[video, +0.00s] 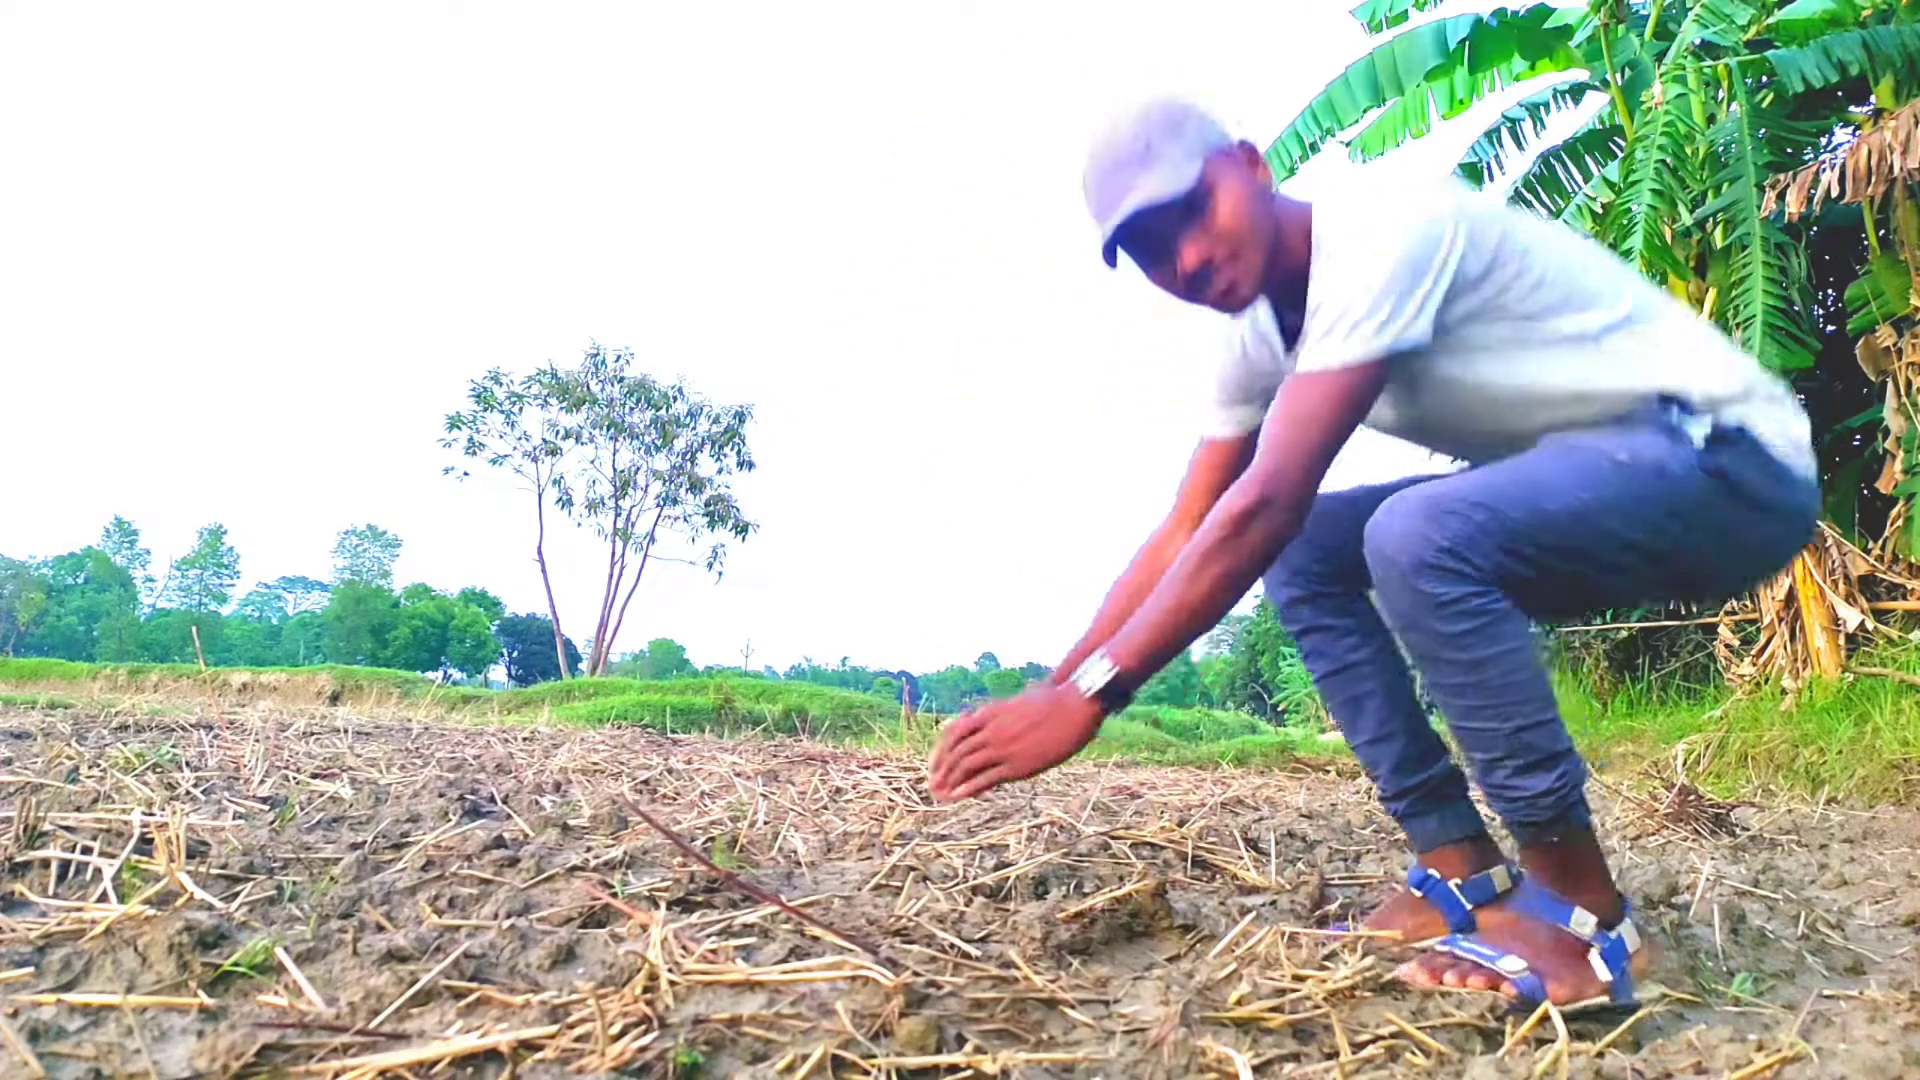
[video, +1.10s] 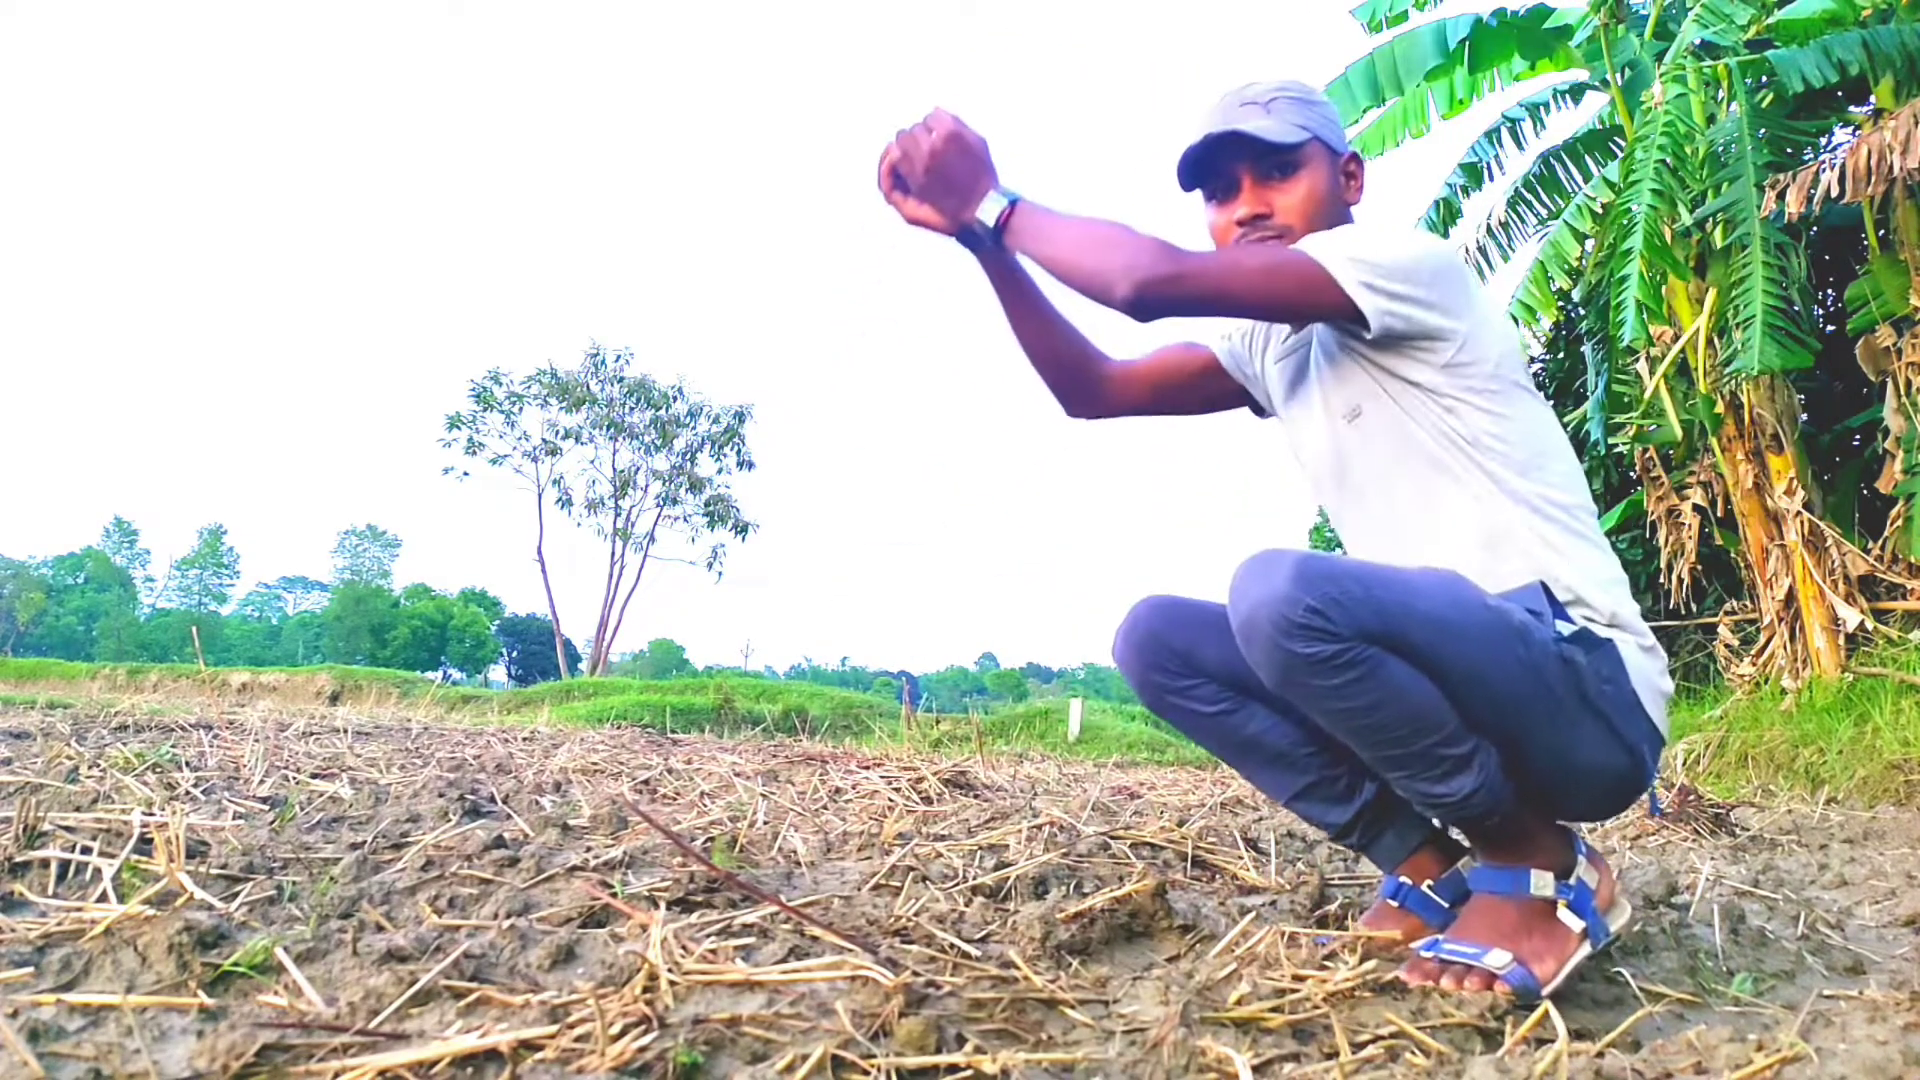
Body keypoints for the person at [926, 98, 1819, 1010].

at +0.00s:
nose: (1184, 261)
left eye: (1190, 212)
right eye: (1148, 251)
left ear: (1250, 168)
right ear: (1142, 270)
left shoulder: (1387, 224)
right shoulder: (1261, 333)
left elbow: (1265, 513)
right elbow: (1193, 521)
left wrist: (1088, 699)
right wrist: (1061, 686)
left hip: (1720, 457)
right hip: (1596, 468)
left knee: (1423, 543)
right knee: (1310, 551)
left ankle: (1581, 918)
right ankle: (1462, 881)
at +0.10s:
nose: (1176, 333)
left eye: (1185, 285)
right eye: (1142, 321)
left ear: (1256, 245)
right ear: (1135, 342)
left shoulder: (1374, 341)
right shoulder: (1246, 419)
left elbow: (1222, 606)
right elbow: (1181, 604)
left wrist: (1040, 767)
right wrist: (1037, 763)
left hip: (1697, 617)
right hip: (1582, 640)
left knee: (1382, 555)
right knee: (1275, 576)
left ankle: (1568, 897)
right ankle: (1454, 873)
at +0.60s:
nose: (1178, 293)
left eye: (1204, 250)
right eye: (1148, 275)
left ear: (1277, 247)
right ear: (1138, 306)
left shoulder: (1360, 371)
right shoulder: (1246, 451)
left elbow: (1179, 611)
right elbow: (1182, 632)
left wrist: (983, 697)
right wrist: (985, 695)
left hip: (1630, 705)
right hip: (1522, 723)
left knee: (1305, 588)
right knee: (1215, 615)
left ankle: (1544, 881)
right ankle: (1442, 869)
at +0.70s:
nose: (1189, 269)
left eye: (1217, 227)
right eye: (1160, 251)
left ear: (1291, 231)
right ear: (1151, 286)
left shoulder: (1374, 347)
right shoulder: (1266, 428)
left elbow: (1171, 566)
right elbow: (1157, 611)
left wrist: (962, 605)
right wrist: (972, 613)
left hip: (1620, 694)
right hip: (1507, 715)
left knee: (1304, 593)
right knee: (1199, 608)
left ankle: (1548, 876)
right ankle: (1443, 867)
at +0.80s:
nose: (1210, 242)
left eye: (1238, 204)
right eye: (1183, 223)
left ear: (1312, 208)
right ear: (1170, 256)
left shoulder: (1383, 320)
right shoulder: (1281, 390)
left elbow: (1148, 473)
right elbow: (1124, 531)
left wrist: (947, 448)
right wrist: (953, 461)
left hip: (1608, 694)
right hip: (1497, 713)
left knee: (1298, 589)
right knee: (1180, 610)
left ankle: (1544, 872)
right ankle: (1439, 869)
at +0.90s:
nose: (1225, 230)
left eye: (1255, 195)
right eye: (1197, 211)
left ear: (1326, 199)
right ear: (1182, 241)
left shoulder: (1389, 306)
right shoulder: (1278, 380)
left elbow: (1139, 395)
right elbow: (1099, 482)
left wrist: (952, 347)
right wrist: (959, 372)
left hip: (1598, 697)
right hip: (1484, 713)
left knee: (1289, 595)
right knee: (1168, 624)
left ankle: (1534, 862)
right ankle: (1435, 870)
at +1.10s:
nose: (1246, 205)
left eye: (1277, 169)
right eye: (1221, 187)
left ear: (1350, 179)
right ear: (1207, 216)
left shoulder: (1410, 265)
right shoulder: (1281, 349)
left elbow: (1153, 282)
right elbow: (1093, 390)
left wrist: (992, 206)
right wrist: (984, 239)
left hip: (1585, 682)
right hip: (1464, 694)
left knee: (1279, 597)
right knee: (1158, 639)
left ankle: (1535, 859)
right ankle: (1436, 865)